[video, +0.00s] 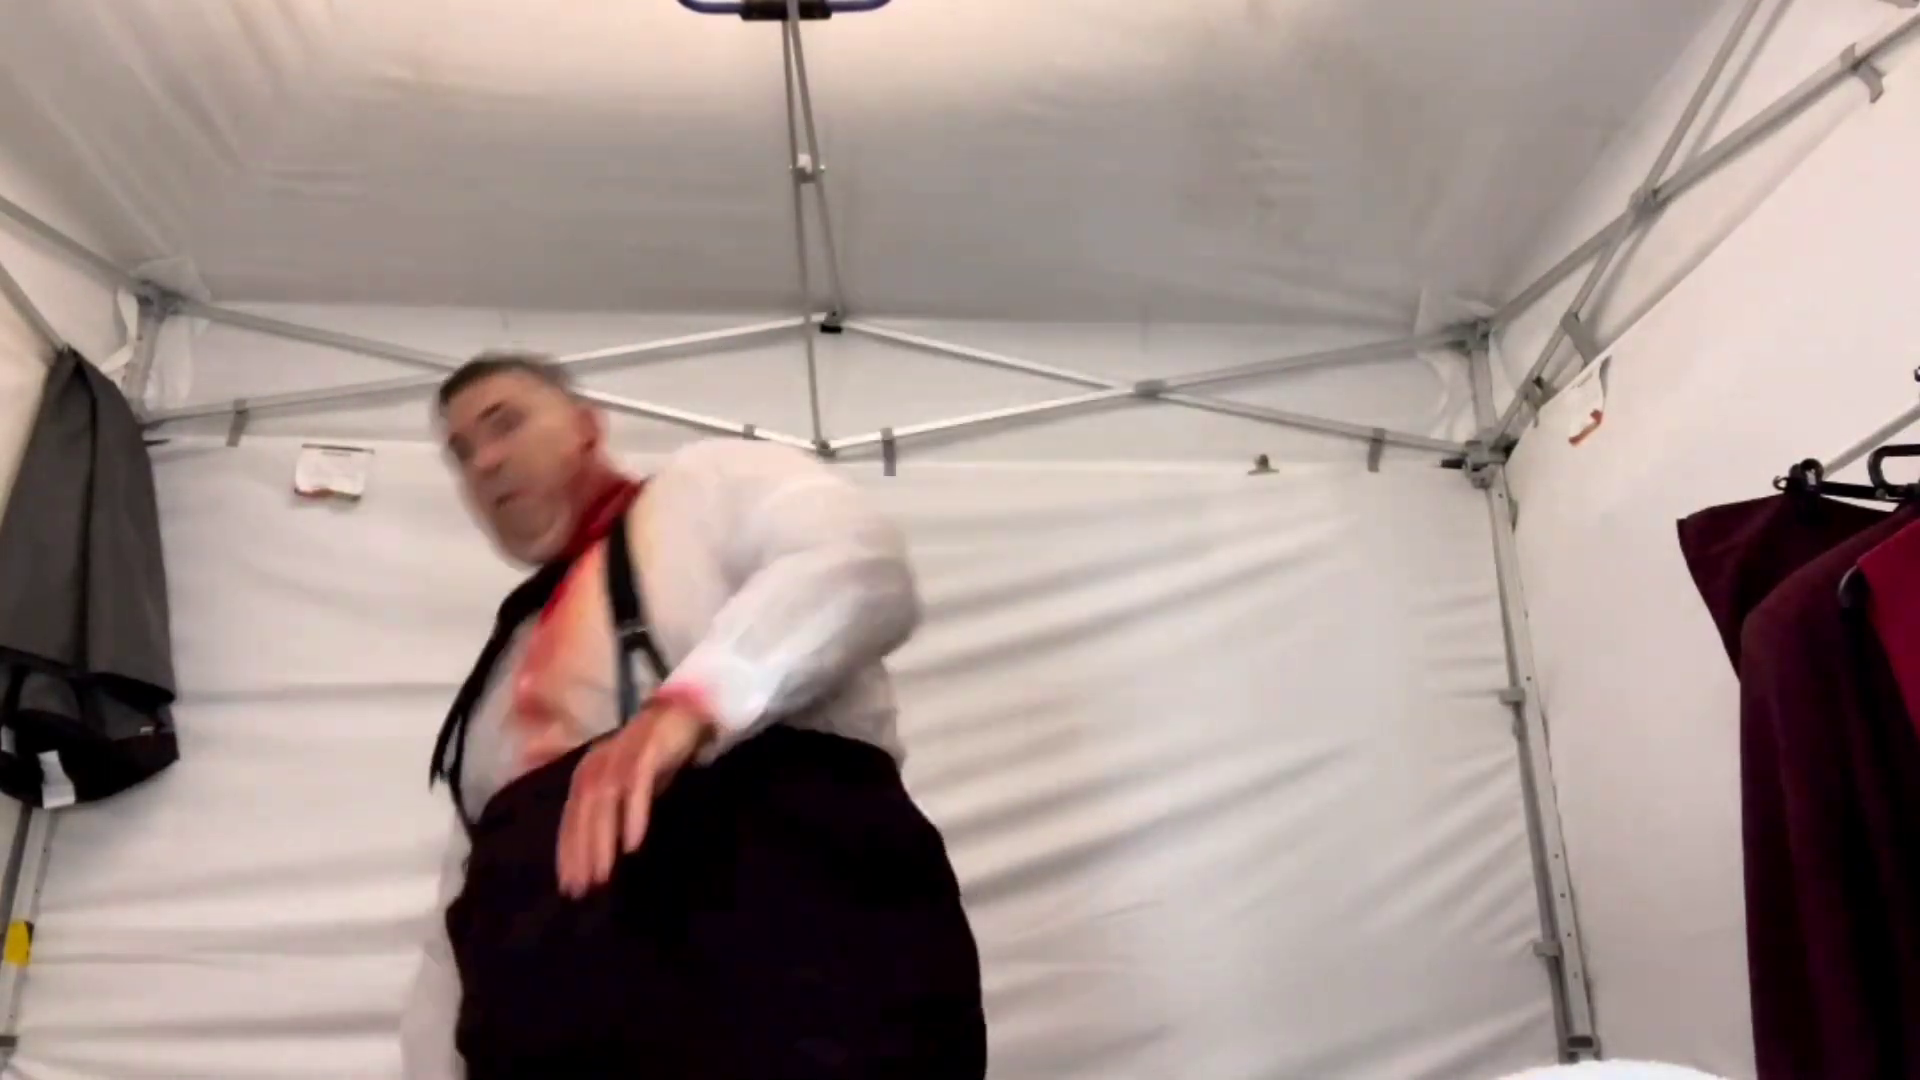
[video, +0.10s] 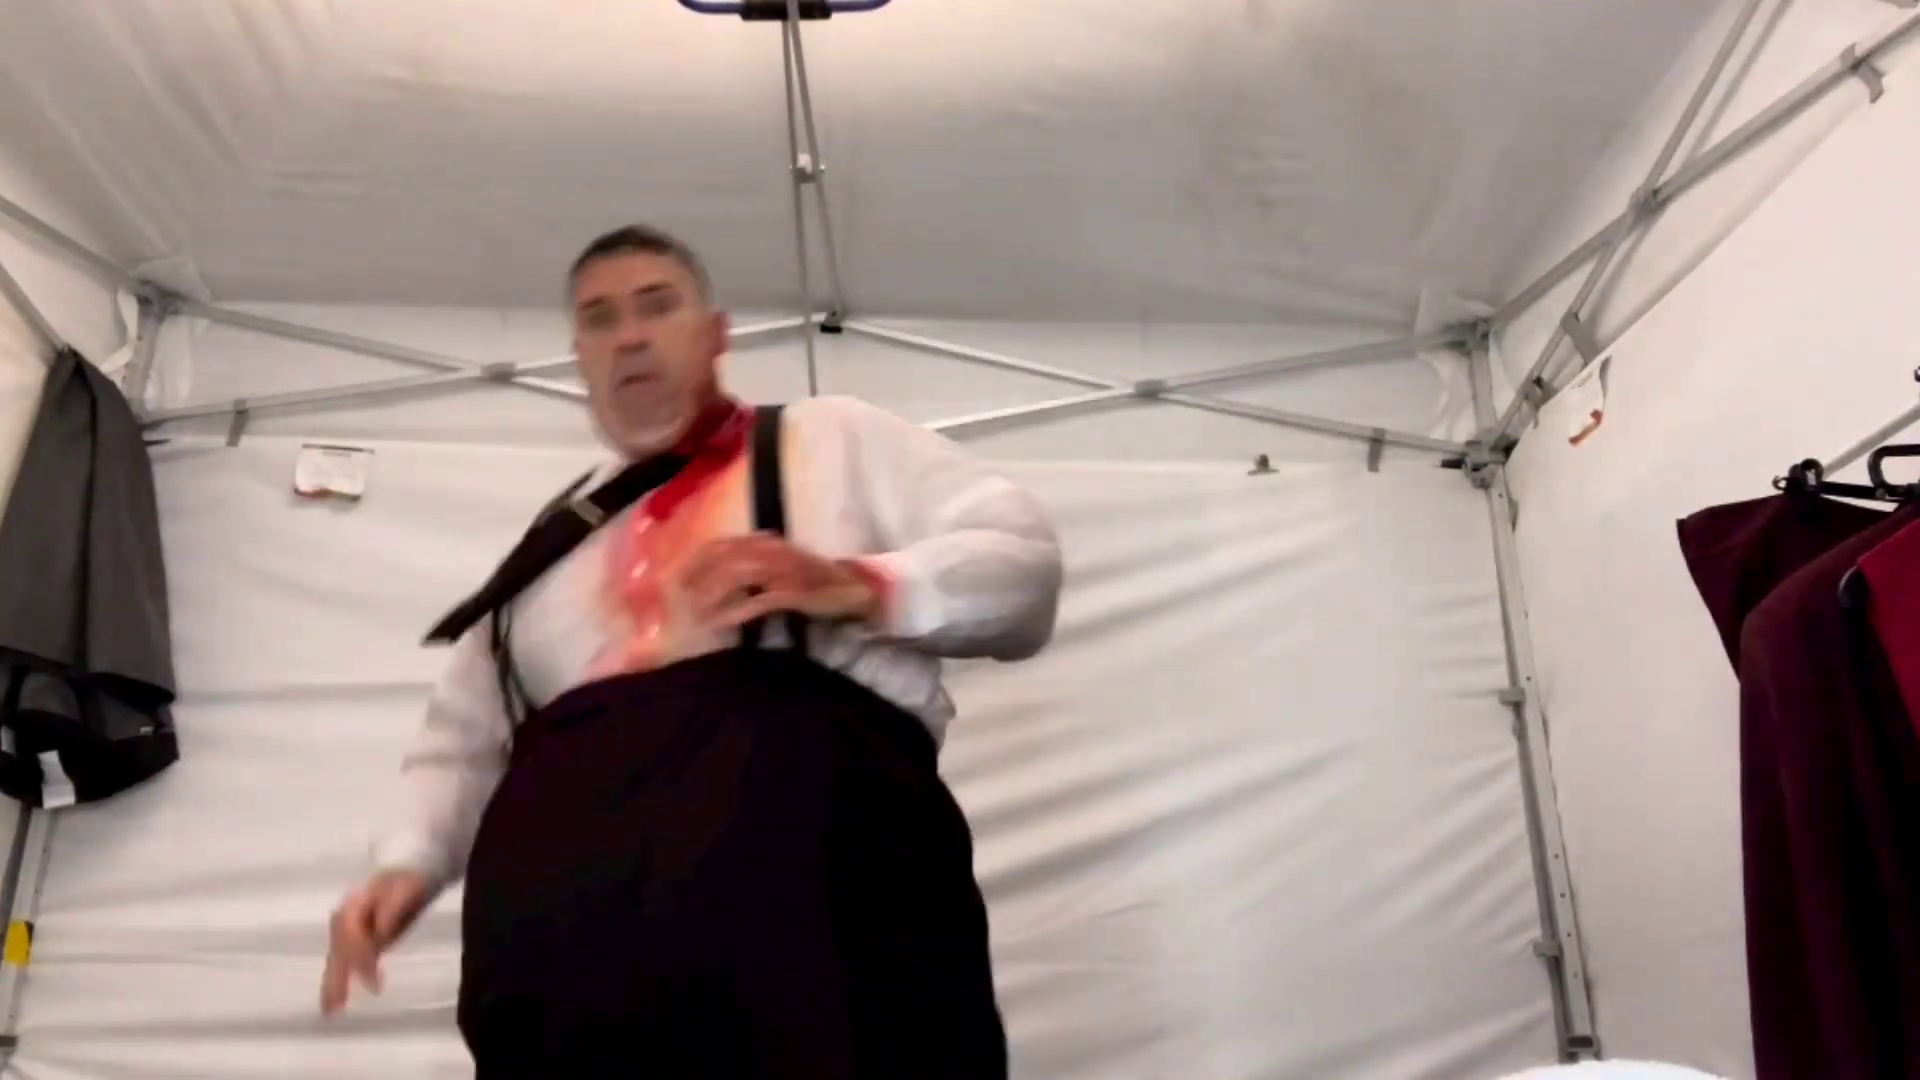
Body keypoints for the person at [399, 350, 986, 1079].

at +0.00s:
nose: (483, 463)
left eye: (505, 423)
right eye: (462, 457)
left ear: (586, 425)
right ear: (464, 495)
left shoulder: (709, 483)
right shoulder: (497, 687)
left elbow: (862, 564)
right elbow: (465, 932)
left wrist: (689, 706)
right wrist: (432, 1059)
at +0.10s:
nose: (627, 337)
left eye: (656, 305)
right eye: (598, 319)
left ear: (717, 332)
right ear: (578, 360)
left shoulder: (832, 439)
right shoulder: (544, 559)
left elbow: (1023, 565)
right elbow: (462, 743)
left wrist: (865, 586)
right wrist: (408, 867)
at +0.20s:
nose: (778, 295)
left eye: (806, 271)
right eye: (750, 266)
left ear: (838, 308)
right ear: (694, 297)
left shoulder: (931, 472)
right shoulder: (582, 504)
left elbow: (1065, 631)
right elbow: (484, 669)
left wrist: (968, 651)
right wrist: (442, 749)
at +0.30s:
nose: (891, 354)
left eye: (918, 335)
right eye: (863, 316)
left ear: (934, 367)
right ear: (790, 333)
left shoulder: (973, 544)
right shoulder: (643, 499)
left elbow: (1067, 710)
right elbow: (478, 692)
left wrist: (1073, 790)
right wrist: (501, 839)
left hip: (920, 975)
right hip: (675, 968)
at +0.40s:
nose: (947, 351)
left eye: (975, 330)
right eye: (920, 310)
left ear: (988, 364)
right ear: (842, 325)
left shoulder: (997, 568)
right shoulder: (690, 485)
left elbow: (1070, 750)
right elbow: (514, 704)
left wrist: (1102, 809)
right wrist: (573, 887)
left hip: (980, 1012)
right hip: (744, 1004)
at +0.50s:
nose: (960, 276)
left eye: (991, 255)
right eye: (932, 236)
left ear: (1005, 291)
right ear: (858, 254)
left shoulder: (1004, 484)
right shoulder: (700, 393)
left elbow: (983, 725)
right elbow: (525, 603)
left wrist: (1091, 729)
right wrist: (636, 777)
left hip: (989, 941)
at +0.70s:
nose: (950, 335)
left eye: (982, 312)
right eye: (921, 291)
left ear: (999, 351)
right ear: (840, 303)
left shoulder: (989, 542)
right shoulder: (677, 462)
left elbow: (1053, 771)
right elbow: (487, 703)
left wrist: (1150, 798)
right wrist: (622, 882)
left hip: (995, 1009)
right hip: (739, 1008)